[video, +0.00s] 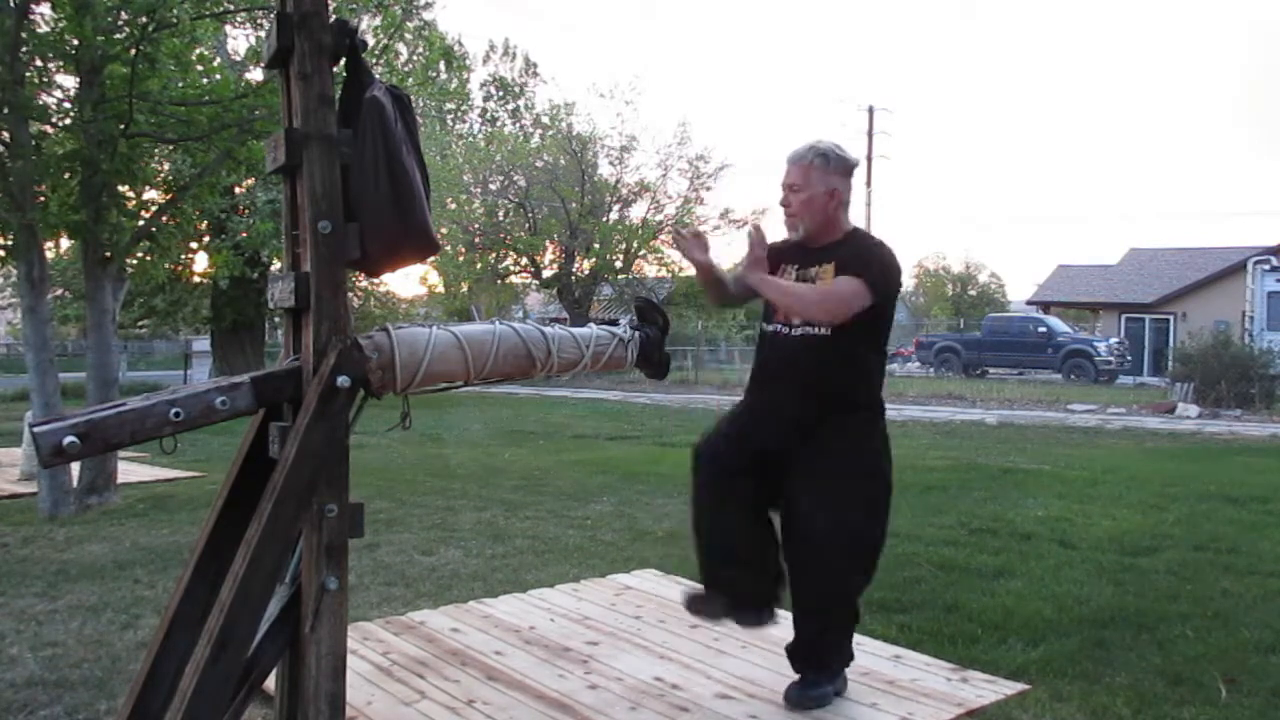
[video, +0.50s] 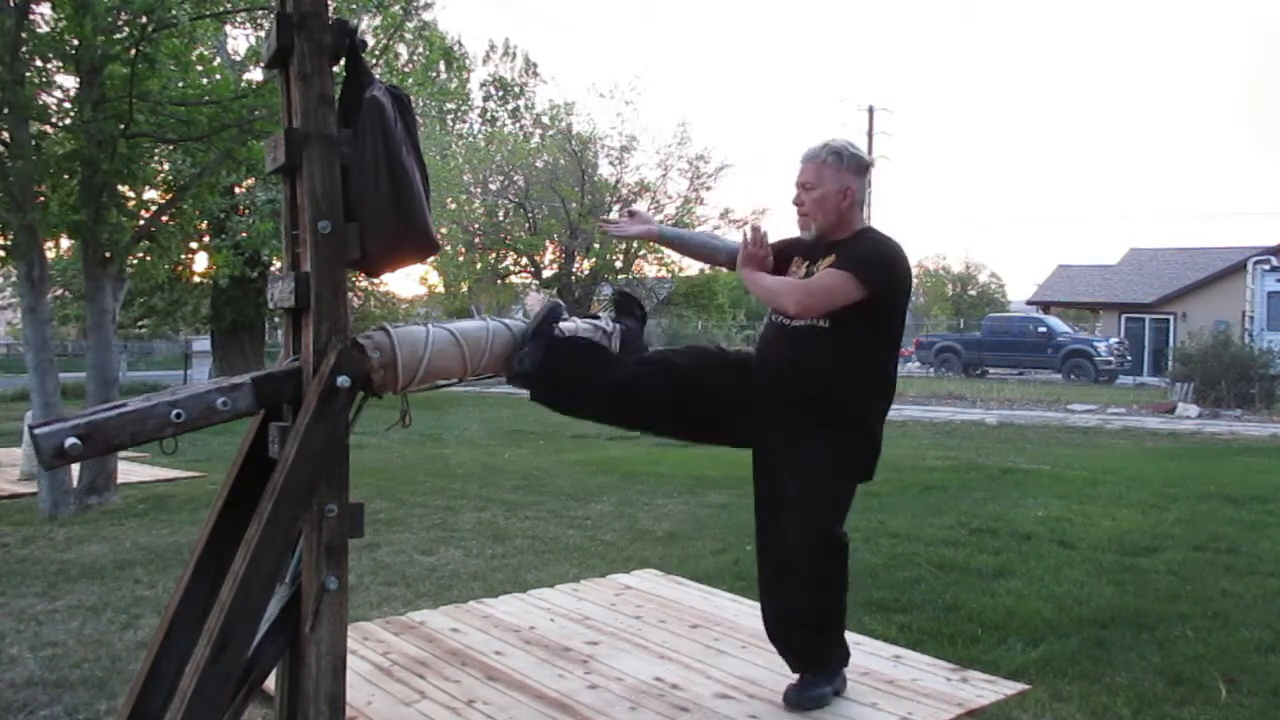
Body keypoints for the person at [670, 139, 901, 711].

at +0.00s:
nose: (786, 202)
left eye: (797, 192)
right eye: (784, 192)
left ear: (836, 196)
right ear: (786, 194)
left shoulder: (872, 258)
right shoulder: (781, 255)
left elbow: (825, 307)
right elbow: (728, 295)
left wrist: (760, 278)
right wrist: (706, 267)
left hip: (840, 431)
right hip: (769, 418)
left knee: (827, 547)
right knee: (717, 463)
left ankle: (823, 667)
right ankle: (745, 593)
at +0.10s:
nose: (789, 199)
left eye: (800, 190)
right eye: (789, 189)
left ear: (840, 194)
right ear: (797, 192)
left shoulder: (873, 257)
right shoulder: (789, 250)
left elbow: (805, 305)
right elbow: (730, 267)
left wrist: (748, 278)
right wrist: (674, 233)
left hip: (829, 425)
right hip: (768, 405)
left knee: (807, 544)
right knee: (702, 379)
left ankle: (822, 667)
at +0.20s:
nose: (791, 199)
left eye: (803, 189)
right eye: (791, 188)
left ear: (842, 191)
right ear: (813, 191)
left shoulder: (873, 255)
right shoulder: (790, 248)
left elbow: (802, 304)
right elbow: (724, 256)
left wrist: (750, 279)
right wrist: (662, 230)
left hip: (824, 421)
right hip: (768, 393)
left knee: (804, 538)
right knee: (702, 348)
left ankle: (823, 664)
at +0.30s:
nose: (796, 201)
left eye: (807, 190)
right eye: (794, 191)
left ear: (847, 192)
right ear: (802, 193)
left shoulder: (875, 255)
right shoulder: (797, 247)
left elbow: (798, 303)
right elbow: (727, 248)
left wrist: (751, 276)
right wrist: (654, 231)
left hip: (821, 421)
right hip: (763, 385)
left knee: (804, 540)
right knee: (670, 358)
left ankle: (822, 666)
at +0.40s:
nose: (798, 201)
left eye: (809, 190)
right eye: (797, 190)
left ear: (849, 193)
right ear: (801, 192)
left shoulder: (876, 254)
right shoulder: (801, 249)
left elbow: (802, 302)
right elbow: (729, 250)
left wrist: (753, 275)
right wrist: (655, 232)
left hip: (821, 425)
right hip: (764, 392)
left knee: (804, 542)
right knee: (675, 364)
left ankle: (822, 666)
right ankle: (546, 358)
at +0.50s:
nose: (799, 202)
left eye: (811, 191)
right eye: (798, 191)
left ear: (851, 194)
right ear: (802, 193)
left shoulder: (876, 255)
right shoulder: (801, 252)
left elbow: (803, 301)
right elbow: (730, 252)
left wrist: (755, 276)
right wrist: (658, 232)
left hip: (824, 424)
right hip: (766, 395)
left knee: (804, 543)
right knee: (667, 379)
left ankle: (822, 665)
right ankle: (538, 361)